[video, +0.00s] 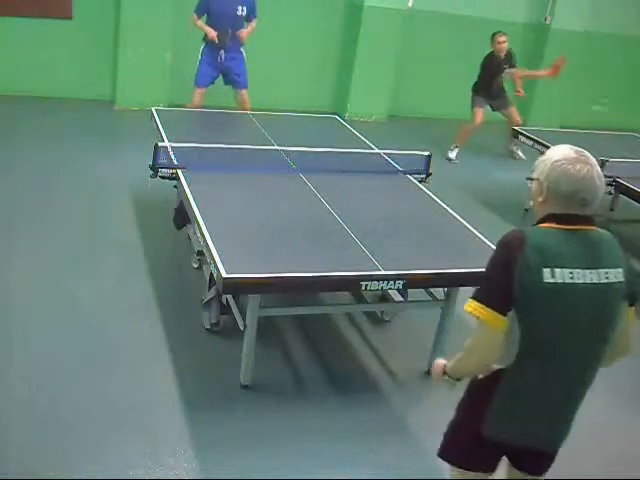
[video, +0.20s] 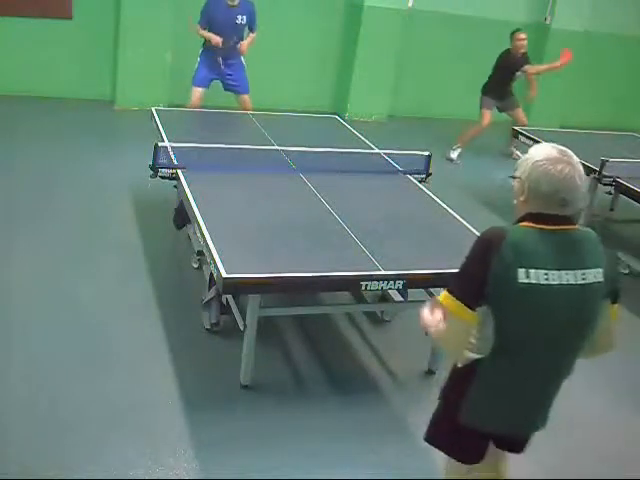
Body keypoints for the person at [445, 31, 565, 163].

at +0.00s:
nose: (502, 45)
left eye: (504, 42)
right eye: (499, 43)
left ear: (507, 43)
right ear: (492, 45)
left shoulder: (509, 54)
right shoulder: (490, 61)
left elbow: (514, 72)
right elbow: (518, 73)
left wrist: (518, 88)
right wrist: (546, 73)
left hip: (498, 91)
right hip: (480, 92)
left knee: (516, 121)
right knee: (477, 121)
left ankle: (513, 147)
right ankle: (455, 148)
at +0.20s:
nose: (523, 43)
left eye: (525, 40)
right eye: (519, 40)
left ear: (526, 42)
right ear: (512, 42)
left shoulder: (523, 56)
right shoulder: (508, 57)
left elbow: (530, 72)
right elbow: (531, 70)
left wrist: (532, 91)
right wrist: (555, 65)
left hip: (506, 92)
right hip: (490, 92)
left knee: (521, 122)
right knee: (485, 122)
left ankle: (511, 148)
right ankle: (458, 147)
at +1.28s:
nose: (568, 52)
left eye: (571, 48)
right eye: (565, 48)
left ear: (574, 49)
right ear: (560, 48)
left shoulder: (577, 64)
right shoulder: (551, 65)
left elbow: (586, 79)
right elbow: (543, 88)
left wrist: (596, 97)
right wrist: (535, 109)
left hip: (565, 105)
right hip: (547, 104)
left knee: (572, 135)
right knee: (526, 131)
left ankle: (569, 172)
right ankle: (503, 152)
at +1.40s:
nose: (581, 47)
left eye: (584, 44)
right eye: (578, 44)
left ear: (587, 45)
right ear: (573, 45)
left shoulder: (589, 61)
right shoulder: (565, 61)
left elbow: (593, 80)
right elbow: (564, 86)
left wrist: (601, 97)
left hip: (571, 104)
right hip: (553, 102)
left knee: (574, 135)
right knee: (531, 128)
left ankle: (569, 172)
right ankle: (506, 149)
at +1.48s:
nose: (585, 46)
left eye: (588, 42)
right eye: (582, 42)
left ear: (591, 44)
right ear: (576, 43)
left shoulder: (590, 59)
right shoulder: (568, 62)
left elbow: (590, 78)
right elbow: (569, 81)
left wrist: (601, 94)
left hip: (572, 102)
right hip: (554, 100)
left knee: (574, 134)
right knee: (532, 127)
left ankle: (569, 171)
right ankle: (509, 147)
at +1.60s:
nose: (586, 43)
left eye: (589, 40)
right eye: (583, 40)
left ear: (592, 42)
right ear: (577, 42)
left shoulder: (590, 59)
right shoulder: (571, 59)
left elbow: (589, 78)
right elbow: (588, 71)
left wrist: (600, 93)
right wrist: (614, 67)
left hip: (573, 103)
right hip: (554, 100)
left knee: (575, 135)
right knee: (532, 128)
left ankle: (570, 172)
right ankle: (512, 147)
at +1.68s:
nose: (585, 43)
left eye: (587, 40)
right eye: (582, 39)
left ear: (591, 41)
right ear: (576, 41)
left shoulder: (589, 57)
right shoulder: (570, 59)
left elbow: (588, 78)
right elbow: (587, 74)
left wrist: (596, 96)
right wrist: (612, 72)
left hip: (571, 104)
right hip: (553, 101)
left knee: (575, 135)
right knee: (531, 128)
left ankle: (570, 172)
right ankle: (512, 148)